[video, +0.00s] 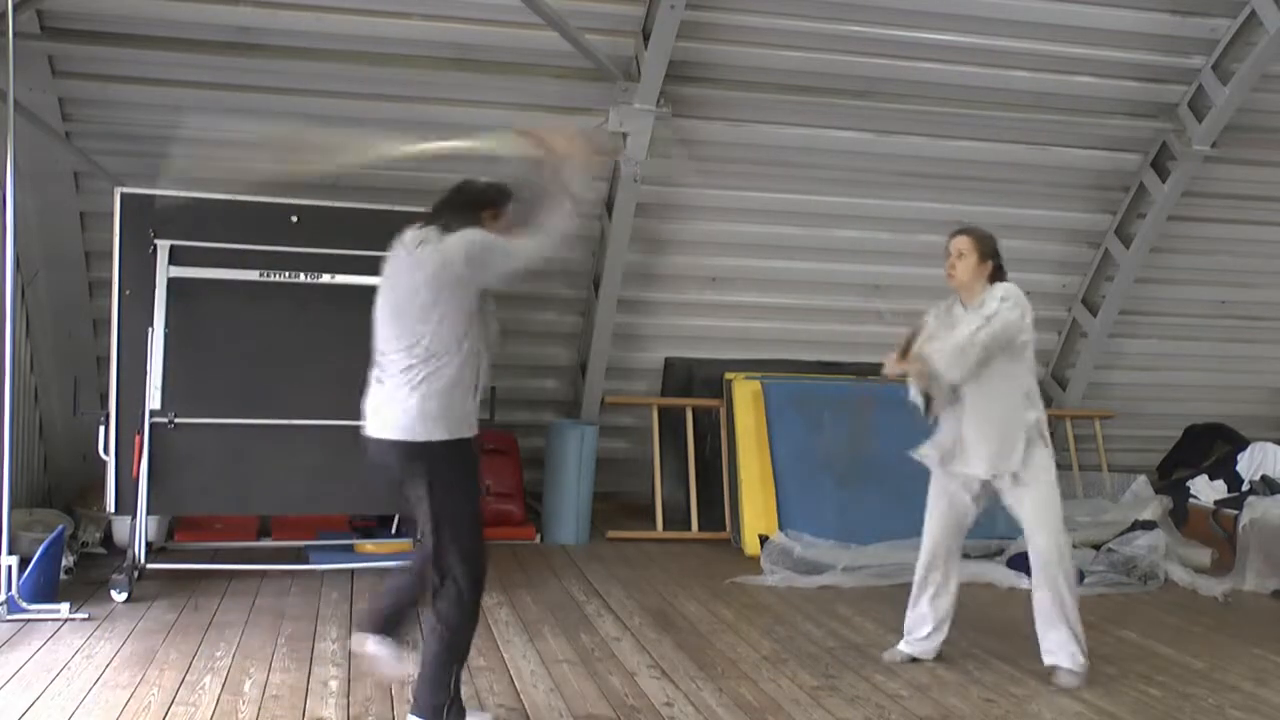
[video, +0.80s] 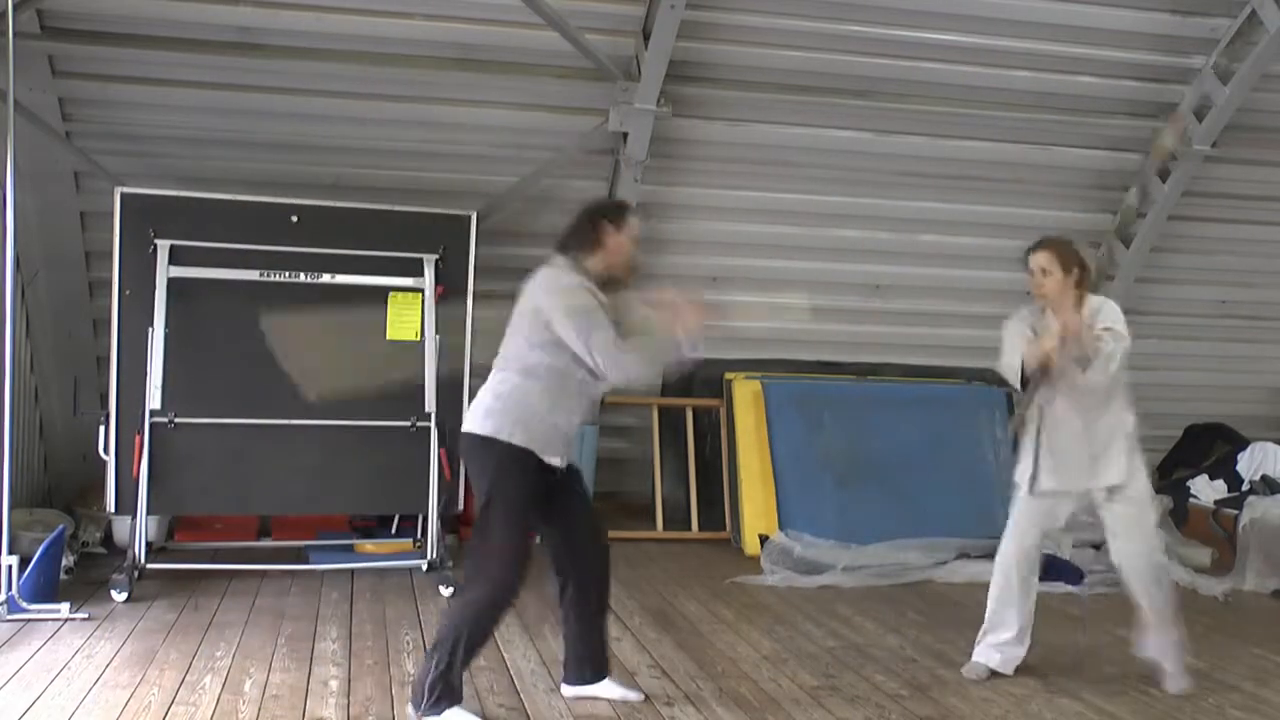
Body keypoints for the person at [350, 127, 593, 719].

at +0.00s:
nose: (502, 234)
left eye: (502, 224)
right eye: (501, 225)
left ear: (455, 208)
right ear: (486, 215)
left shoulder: (405, 244)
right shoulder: (466, 249)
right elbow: (550, 243)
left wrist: (544, 169)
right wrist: (576, 174)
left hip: (391, 428)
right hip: (437, 434)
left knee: (433, 550)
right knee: (461, 574)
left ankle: (378, 630)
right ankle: (435, 707)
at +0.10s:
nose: (518, 226)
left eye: (518, 216)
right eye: (514, 215)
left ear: (469, 208)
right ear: (494, 212)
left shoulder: (429, 249)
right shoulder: (474, 253)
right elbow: (552, 293)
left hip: (413, 426)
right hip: (444, 432)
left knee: (458, 551)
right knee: (469, 561)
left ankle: (451, 649)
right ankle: (435, 707)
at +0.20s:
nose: (548, 239)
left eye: (548, 227)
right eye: (544, 226)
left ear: (508, 224)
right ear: (519, 224)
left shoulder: (464, 263)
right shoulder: (483, 264)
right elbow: (541, 332)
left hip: (470, 436)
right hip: (458, 438)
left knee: (510, 554)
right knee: (495, 568)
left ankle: (518, 668)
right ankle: (437, 700)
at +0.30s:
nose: (566, 251)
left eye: (566, 239)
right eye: (561, 238)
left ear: (532, 235)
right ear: (534, 234)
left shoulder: (508, 284)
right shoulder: (479, 265)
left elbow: (549, 359)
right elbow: (544, 326)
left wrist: (632, 351)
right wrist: (633, 349)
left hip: (501, 440)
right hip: (462, 437)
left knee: (536, 547)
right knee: (523, 549)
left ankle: (516, 672)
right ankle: (449, 677)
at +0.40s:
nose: (588, 247)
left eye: (591, 239)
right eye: (582, 236)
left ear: (568, 235)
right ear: (553, 229)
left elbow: (612, 318)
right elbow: (542, 263)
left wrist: (639, 261)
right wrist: (613, 250)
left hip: (525, 439)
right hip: (474, 433)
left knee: (551, 551)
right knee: (525, 553)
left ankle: (517, 672)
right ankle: (443, 680)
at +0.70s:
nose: (609, 229)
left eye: (609, 219)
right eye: (601, 217)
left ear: (595, 233)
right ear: (577, 221)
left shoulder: (585, 277)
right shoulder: (531, 263)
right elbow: (590, 313)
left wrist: (626, 217)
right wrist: (619, 240)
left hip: (540, 442)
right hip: (493, 430)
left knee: (580, 534)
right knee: (481, 557)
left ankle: (565, 655)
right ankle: (430, 697)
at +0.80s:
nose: (635, 251)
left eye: (636, 241)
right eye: (630, 238)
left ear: (604, 237)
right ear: (604, 234)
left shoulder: (597, 295)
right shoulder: (559, 284)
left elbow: (637, 346)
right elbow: (617, 365)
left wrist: (677, 334)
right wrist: (678, 337)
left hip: (543, 450)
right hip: (502, 440)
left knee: (586, 549)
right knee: (499, 571)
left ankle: (584, 676)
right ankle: (432, 697)